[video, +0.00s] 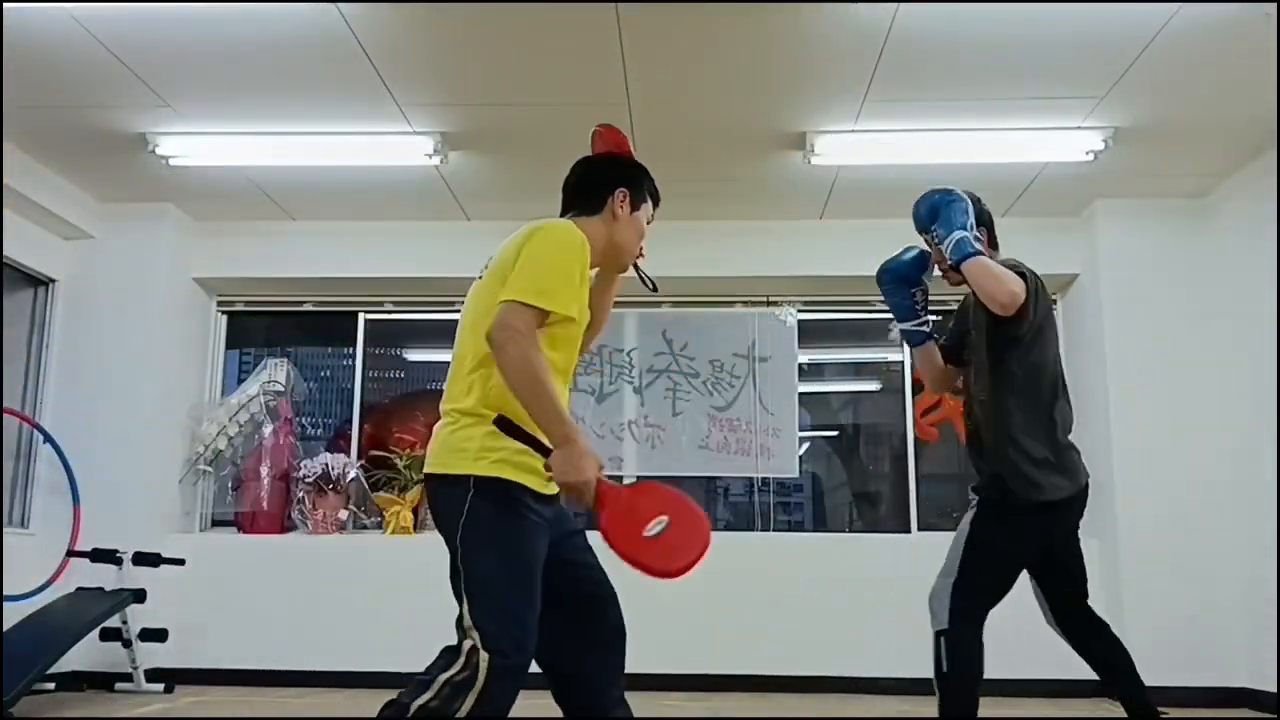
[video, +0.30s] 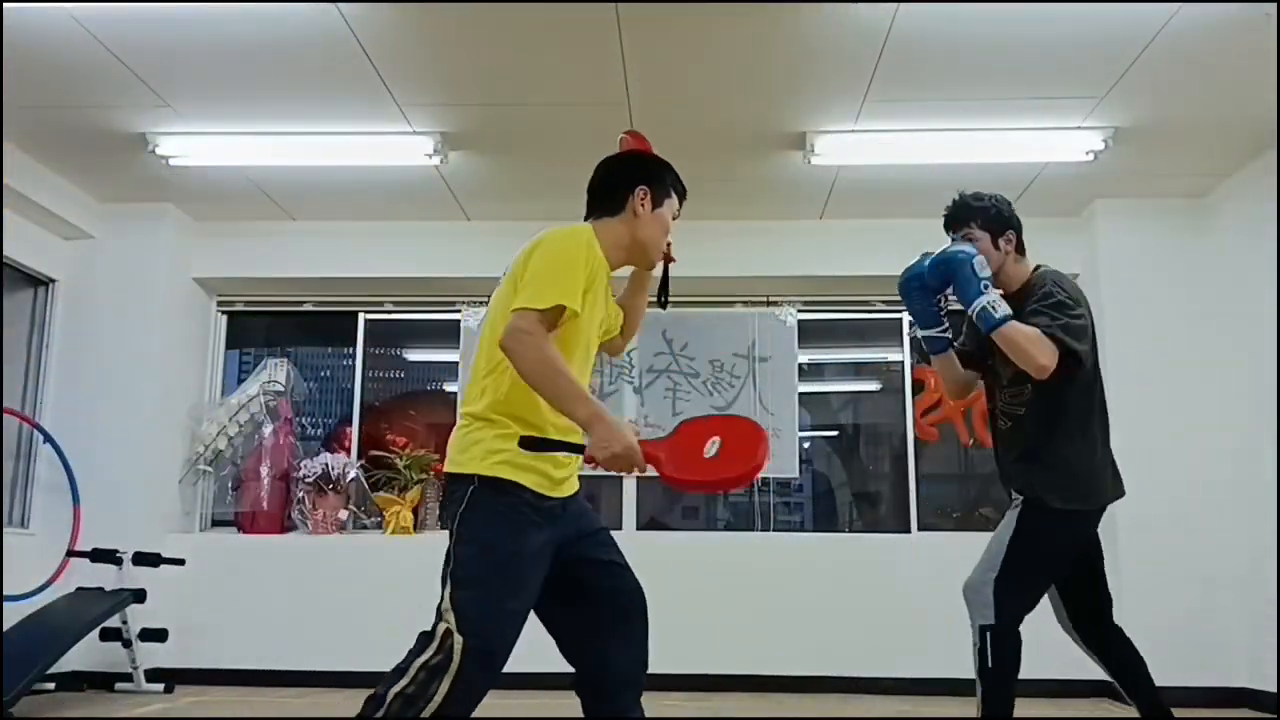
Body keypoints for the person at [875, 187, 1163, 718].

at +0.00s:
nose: (939, 255)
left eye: (946, 241)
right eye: (934, 247)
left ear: (978, 238)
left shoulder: (1012, 278)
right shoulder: (972, 308)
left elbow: (1007, 299)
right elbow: (941, 381)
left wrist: (960, 245)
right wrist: (912, 317)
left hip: (1021, 488)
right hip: (1048, 484)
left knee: (954, 608)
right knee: (1070, 612)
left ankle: (956, 716)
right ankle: (1146, 713)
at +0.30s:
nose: (963, 256)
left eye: (971, 243)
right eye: (958, 247)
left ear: (1007, 242)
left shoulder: (1056, 293)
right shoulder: (992, 311)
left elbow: (1041, 360)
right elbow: (959, 388)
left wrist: (978, 298)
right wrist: (929, 321)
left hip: (1066, 487)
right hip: (1046, 486)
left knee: (989, 598)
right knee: (1089, 622)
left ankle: (994, 717)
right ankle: (1159, 715)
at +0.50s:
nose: (940, 232)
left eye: (949, 217)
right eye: (936, 222)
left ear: (990, 216)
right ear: (989, 221)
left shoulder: (1000, 262)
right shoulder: (1023, 271)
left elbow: (924, 267)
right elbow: (974, 380)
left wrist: (844, 208)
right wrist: (935, 325)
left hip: (1020, 473)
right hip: (1067, 471)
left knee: (969, 606)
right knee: (1073, 596)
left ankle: (983, 714)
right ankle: (1142, 710)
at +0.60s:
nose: (935, 228)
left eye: (945, 213)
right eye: (930, 218)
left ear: (984, 206)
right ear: (988, 213)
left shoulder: (996, 252)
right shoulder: (1019, 252)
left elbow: (914, 259)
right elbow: (996, 348)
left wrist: (829, 206)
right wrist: (941, 315)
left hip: (1022, 462)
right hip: (1059, 460)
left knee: (975, 606)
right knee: (1064, 594)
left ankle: (989, 714)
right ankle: (1140, 709)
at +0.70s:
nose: (937, 226)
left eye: (946, 209)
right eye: (930, 215)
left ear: (985, 205)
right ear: (933, 219)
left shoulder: (1019, 255)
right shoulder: (978, 268)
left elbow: (993, 315)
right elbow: (948, 357)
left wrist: (936, 259)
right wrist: (921, 317)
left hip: (1033, 462)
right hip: (1044, 458)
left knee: (990, 614)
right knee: (1086, 599)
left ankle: (993, 715)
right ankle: (1161, 709)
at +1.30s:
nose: (938, 259)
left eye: (943, 243)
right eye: (934, 248)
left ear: (982, 236)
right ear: (973, 243)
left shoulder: (1031, 280)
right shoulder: (985, 307)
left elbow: (1007, 366)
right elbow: (967, 395)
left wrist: (939, 316)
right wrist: (927, 342)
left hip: (1042, 480)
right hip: (1056, 483)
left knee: (925, 575)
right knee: (1086, 621)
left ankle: (964, 712)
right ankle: (1165, 714)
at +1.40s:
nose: (909, 249)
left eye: (915, 234)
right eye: (905, 238)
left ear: (951, 230)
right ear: (955, 233)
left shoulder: (983, 275)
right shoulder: (1004, 275)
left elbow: (968, 351)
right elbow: (996, 383)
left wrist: (901, 305)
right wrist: (924, 354)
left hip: (995, 489)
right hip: (1051, 487)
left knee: (909, 610)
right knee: (1095, 619)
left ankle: (900, 713)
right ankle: (1165, 713)